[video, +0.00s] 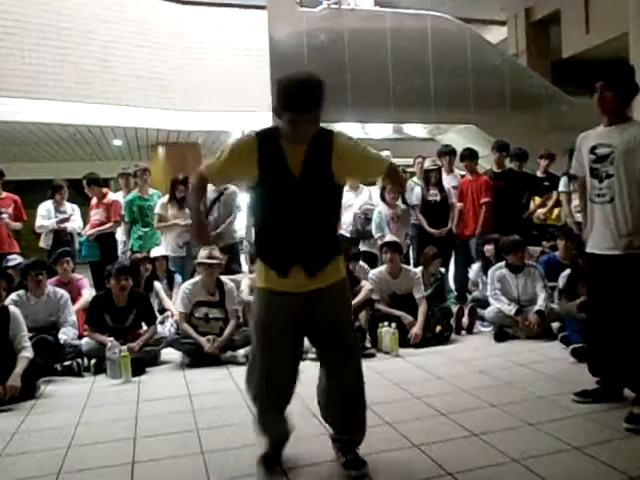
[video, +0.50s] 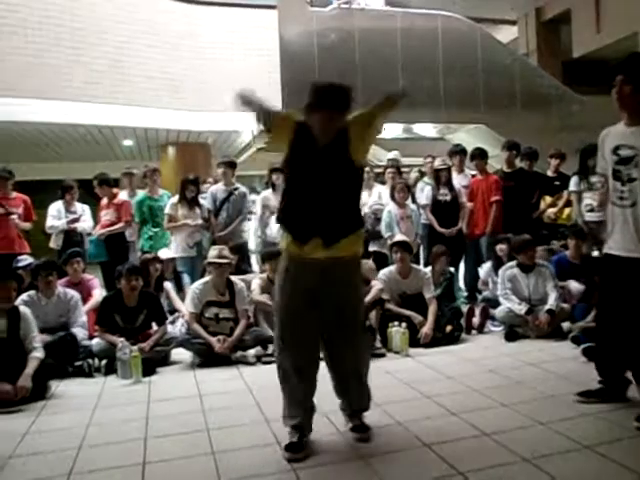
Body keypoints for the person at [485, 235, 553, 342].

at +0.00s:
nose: (521, 256)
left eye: (522, 252)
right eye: (516, 253)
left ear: (525, 252)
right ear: (506, 256)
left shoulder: (534, 269)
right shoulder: (495, 272)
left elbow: (543, 291)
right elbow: (494, 295)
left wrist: (539, 312)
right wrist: (516, 311)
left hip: (531, 307)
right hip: (509, 308)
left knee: (553, 311)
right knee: (491, 313)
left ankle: (513, 333)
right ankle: (538, 331)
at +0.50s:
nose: (531, 255)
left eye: (533, 251)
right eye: (526, 252)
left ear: (536, 251)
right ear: (517, 255)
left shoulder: (545, 268)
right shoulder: (506, 271)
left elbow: (553, 291)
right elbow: (505, 295)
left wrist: (549, 311)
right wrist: (526, 311)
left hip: (541, 306)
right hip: (519, 307)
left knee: (564, 310)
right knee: (501, 313)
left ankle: (523, 332)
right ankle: (547, 331)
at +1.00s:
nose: (523, 254)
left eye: (524, 250)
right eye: (518, 251)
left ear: (527, 251)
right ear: (508, 254)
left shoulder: (535, 268)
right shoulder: (497, 270)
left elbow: (544, 290)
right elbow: (495, 292)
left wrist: (540, 310)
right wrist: (516, 309)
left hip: (531, 305)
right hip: (509, 305)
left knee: (554, 309)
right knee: (491, 311)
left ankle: (513, 330)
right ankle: (536, 329)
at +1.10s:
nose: (517, 254)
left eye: (519, 250)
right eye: (512, 252)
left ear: (522, 251)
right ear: (503, 254)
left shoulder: (531, 268)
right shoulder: (492, 270)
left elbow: (539, 290)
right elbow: (490, 292)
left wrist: (534, 310)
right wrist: (511, 309)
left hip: (526, 304)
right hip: (505, 304)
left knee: (550, 309)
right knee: (487, 311)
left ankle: (508, 330)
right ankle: (531, 329)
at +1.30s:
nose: (511, 230)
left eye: (512, 227)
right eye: (506, 228)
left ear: (515, 227)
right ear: (498, 230)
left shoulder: (523, 244)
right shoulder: (487, 245)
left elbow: (533, 267)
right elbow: (485, 270)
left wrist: (527, 286)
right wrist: (505, 284)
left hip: (520, 280)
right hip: (499, 281)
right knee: (483, 287)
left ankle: (501, 306)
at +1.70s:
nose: (517, 226)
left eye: (518, 222)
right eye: (512, 223)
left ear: (521, 223)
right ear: (502, 226)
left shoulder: (530, 241)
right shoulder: (492, 242)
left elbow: (538, 262)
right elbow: (490, 265)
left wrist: (535, 280)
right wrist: (509, 280)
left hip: (526, 277)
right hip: (504, 277)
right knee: (487, 284)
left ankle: (507, 302)